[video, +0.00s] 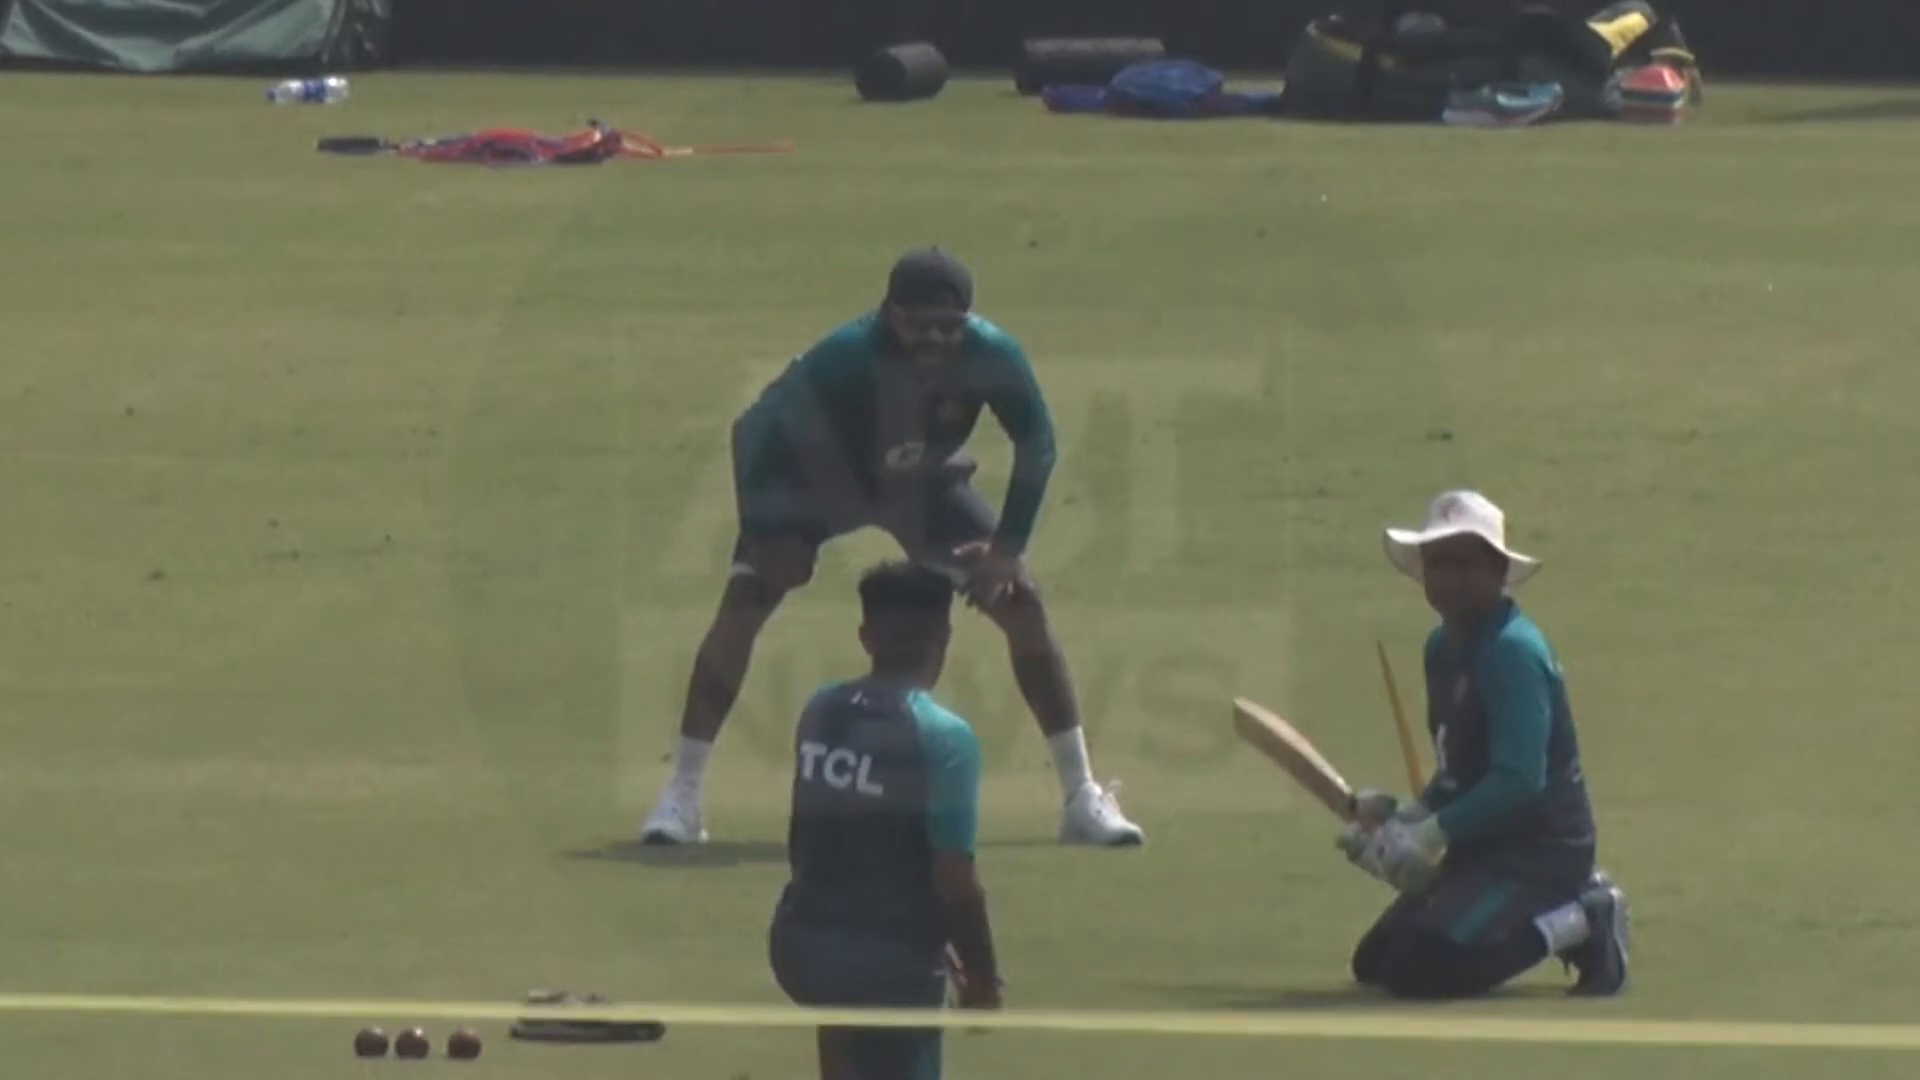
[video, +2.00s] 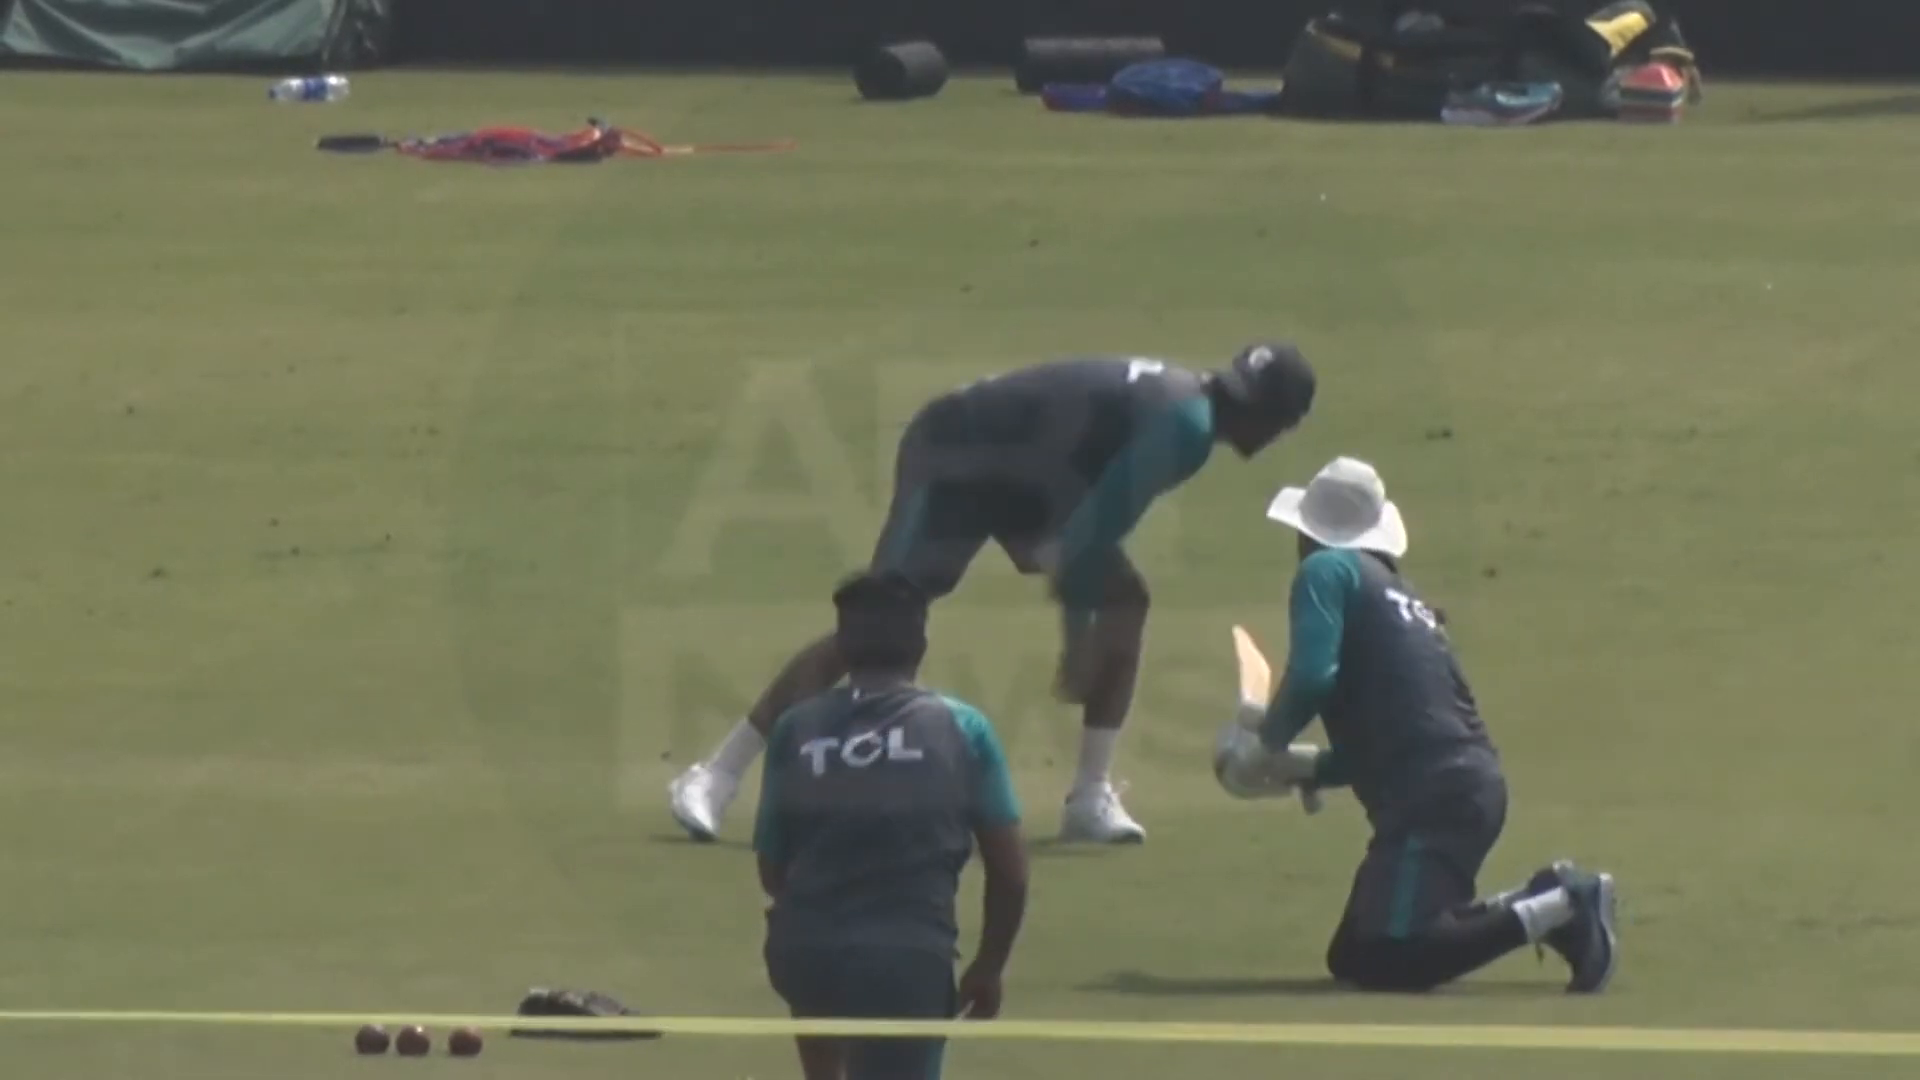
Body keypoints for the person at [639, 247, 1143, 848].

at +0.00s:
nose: (929, 342)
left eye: (943, 329)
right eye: (915, 327)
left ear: (964, 320)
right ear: (889, 315)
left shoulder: (994, 358)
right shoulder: (844, 357)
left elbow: (1037, 444)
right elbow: (755, 429)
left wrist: (1008, 545)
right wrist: (767, 536)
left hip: (922, 485)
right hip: (812, 481)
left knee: (1023, 610)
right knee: (744, 604)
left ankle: (1084, 795)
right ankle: (682, 796)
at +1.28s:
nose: (933, 323)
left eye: (946, 309)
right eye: (918, 310)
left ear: (961, 304)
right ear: (885, 302)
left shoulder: (983, 356)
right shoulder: (840, 352)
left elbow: (990, 462)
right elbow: (814, 475)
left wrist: (955, 518)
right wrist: (887, 522)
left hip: (934, 499)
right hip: (832, 494)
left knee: (1037, 608)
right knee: (747, 599)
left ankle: (1085, 795)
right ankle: (684, 794)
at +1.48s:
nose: (985, 367)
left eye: (997, 352)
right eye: (970, 351)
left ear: (1010, 351)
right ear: (935, 345)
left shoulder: (1022, 400)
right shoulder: (889, 385)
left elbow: (1052, 527)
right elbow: (880, 523)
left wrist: (1028, 532)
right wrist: (965, 529)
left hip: (950, 512)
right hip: (841, 503)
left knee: (1051, 607)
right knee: (753, 599)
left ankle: (1086, 796)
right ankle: (685, 795)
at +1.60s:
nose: (1082, 438)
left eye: (1090, 425)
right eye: (1071, 422)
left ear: (1097, 417)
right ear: (1032, 404)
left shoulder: (1091, 463)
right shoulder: (956, 428)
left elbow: (1140, 569)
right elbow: (907, 553)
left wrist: (1188, 652)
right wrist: (993, 588)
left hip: (976, 512)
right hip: (877, 490)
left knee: (1073, 604)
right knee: (779, 604)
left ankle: (1085, 799)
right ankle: (686, 795)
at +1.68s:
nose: (1156, 488)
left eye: (1161, 476)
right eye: (1148, 473)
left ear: (1150, 462)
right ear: (1108, 457)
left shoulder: (1132, 486)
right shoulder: (1020, 453)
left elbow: (1181, 586)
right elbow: (920, 544)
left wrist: (1246, 689)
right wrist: (971, 643)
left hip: (987, 508)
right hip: (895, 484)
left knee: (1095, 603)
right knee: (795, 620)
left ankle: (1088, 797)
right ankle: (686, 789)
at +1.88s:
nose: (1253, 497)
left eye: (1260, 486)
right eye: (1254, 483)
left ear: (1232, 447)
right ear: (1233, 460)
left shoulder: (1179, 465)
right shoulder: (1133, 460)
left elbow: (1172, 549)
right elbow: (1026, 565)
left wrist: (1188, 630)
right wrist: (998, 669)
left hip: (1017, 489)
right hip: (933, 468)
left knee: (1126, 601)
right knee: (843, 636)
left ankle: (1091, 797)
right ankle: (696, 786)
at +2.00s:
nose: (1276, 437)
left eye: (1283, 425)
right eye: (1282, 425)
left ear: (1242, 383)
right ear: (1263, 414)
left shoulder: (1189, 406)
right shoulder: (1178, 424)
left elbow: (1098, 498)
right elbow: (1089, 533)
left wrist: (1073, 558)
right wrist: (1078, 643)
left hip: (1030, 478)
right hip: (951, 455)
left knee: (1126, 603)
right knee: (876, 630)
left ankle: (1089, 798)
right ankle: (716, 776)